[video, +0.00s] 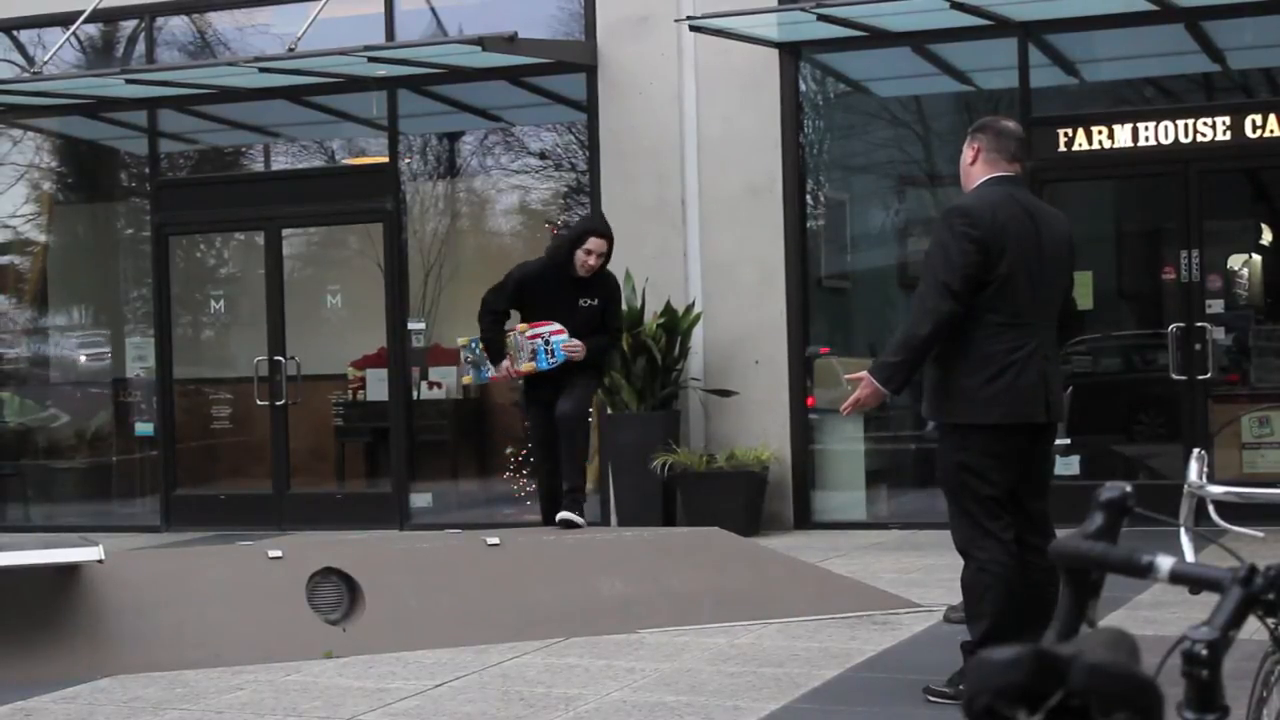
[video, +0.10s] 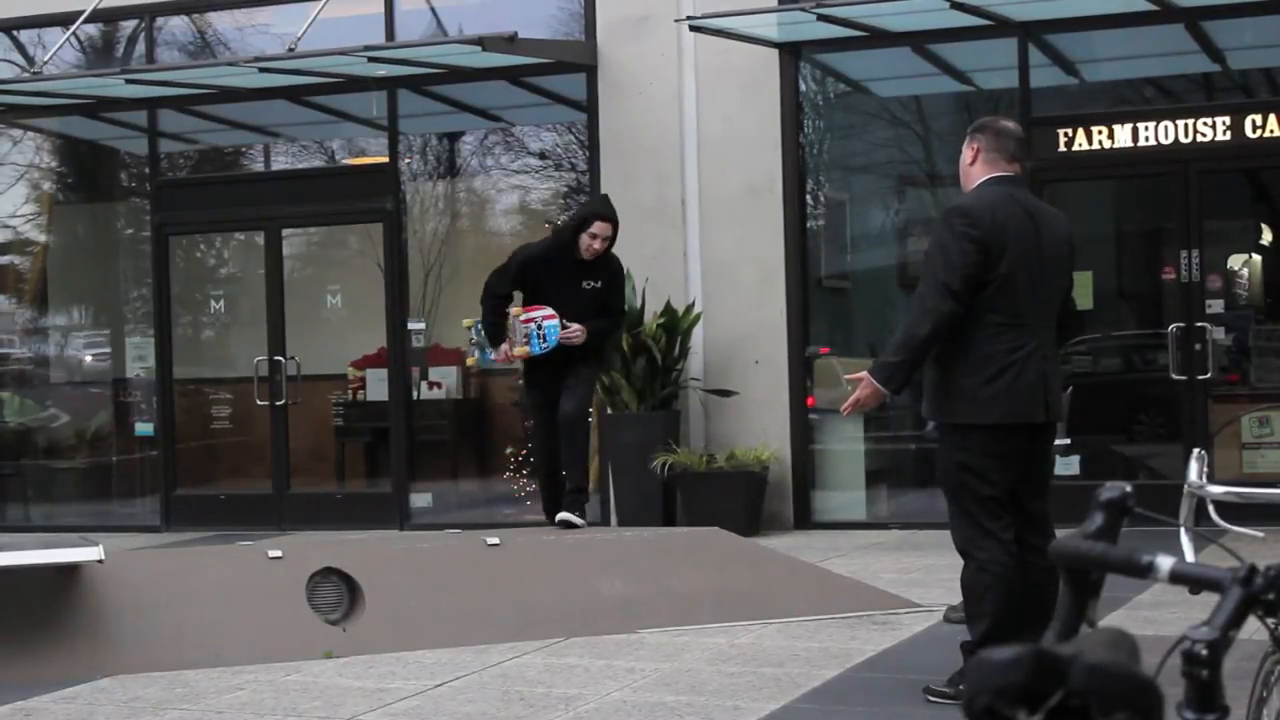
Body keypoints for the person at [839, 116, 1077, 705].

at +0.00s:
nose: (959, 166)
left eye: (961, 156)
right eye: (962, 157)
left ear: (974, 154)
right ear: (1021, 162)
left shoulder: (968, 216)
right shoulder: (1051, 221)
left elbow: (934, 309)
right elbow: (1067, 317)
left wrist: (884, 376)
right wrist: (1023, 354)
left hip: (975, 408)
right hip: (1034, 407)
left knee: (983, 538)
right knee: (1029, 531)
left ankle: (987, 674)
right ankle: (1030, 666)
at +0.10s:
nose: (958, 166)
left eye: (960, 156)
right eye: (961, 157)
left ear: (973, 153)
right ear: (1021, 161)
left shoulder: (968, 217)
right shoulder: (1051, 221)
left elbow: (934, 310)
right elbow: (1067, 317)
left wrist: (884, 377)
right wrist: (1022, 351)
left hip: (975, 408)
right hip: (1034, 407)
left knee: (982, 538)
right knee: (1029, 531)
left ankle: (987, 674)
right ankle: (1029, 665)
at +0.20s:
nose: (957, 166)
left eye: (960, 156)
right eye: (960, 157)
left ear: (973, 154)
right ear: (1020, 162)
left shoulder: (967, 216)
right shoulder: (1051, 222)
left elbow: (934, 309)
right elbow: (1066, 317)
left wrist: (884, 376)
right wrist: (1023, 353)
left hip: (974, 408)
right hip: (1033, 407)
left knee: (982, 539)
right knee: (1029, 532)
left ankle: (986, 675)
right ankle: (1030, 667)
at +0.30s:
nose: (957, 166)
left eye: (959, 156)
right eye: (960, 158)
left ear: (972, 154)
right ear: (1020, 162)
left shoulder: (967, 216)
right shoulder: (1050, 222)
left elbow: (932, 309)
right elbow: (1065, 317)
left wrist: (883, 376)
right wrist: (1023, 352)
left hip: (974, 408)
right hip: (1033, 407)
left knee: (982, 538)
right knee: (1028, 533)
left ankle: (986, 674)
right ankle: (1029, 666)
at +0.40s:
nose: (956, 166)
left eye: (958, 156)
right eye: (959, 157)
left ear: (971, 154)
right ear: (1018, 161)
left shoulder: (966, 217)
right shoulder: (1048, 221)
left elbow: (931, 309)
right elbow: (1065, 317)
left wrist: (882, 376)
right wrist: (1023, 351)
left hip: (973, 408)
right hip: (1032, 407)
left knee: (981, 538)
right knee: (1027, 532)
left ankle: (986, 674)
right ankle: (1028, 667)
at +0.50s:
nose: (956, 165)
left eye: (958, 155)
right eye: (959, 156)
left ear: (971, 153)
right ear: (1019, 161)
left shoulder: (965, 217)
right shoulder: (1048, 221)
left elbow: (931, 308)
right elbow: (1065, 317)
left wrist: (882, 376)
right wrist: (1023, 350)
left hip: (973, 408)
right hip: (1032, 407)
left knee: (981, 538)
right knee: (1027, 532)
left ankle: (986, 674)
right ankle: (1028, 667)